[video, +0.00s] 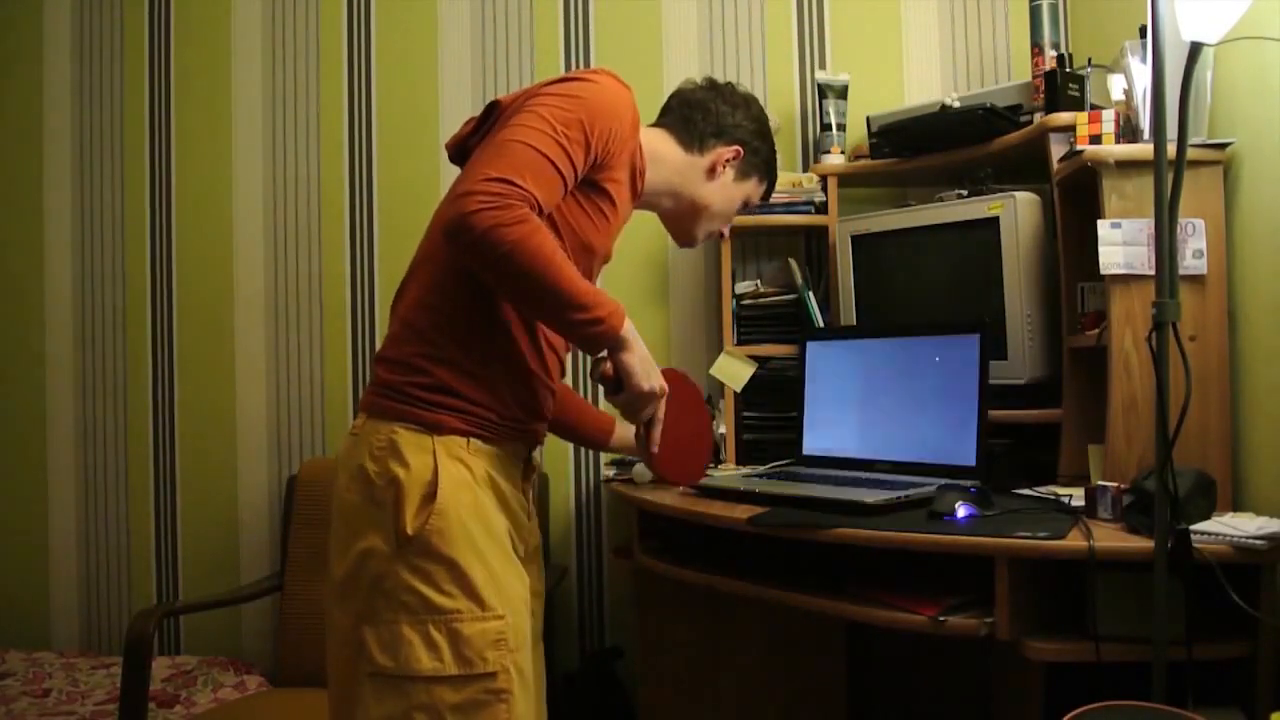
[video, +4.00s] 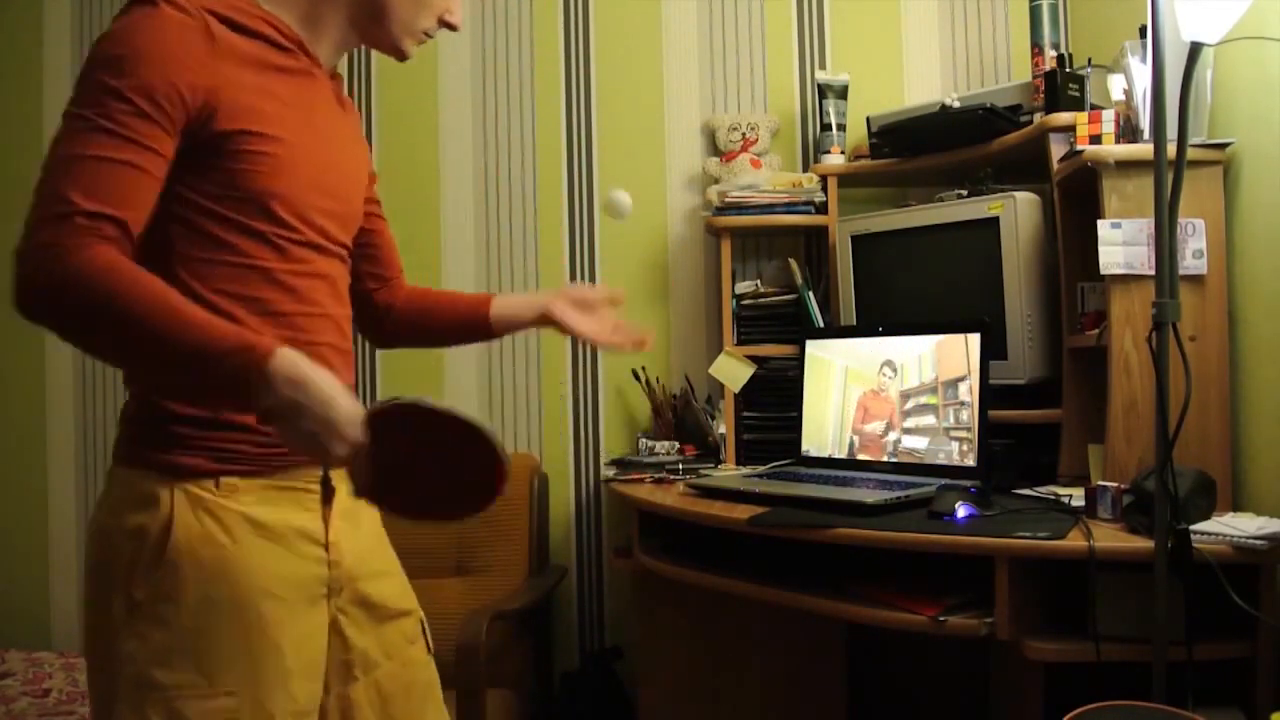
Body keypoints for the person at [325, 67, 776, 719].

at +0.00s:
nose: (725, 230)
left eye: (740, 217)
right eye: (742, 207)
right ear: (724, 161)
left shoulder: (599, 200)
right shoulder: (602, 99)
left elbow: (518, 378)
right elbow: (486, 208)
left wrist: (637, 440)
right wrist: (618, 334)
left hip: (489, 475)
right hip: (432, 471)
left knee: (512, 700)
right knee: (468, 705)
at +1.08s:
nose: (684, 152)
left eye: (697, 135)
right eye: (696, 125)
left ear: (654, 79)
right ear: (661, 78)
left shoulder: (549, 131)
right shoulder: (518, 74)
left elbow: (464, 317)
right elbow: (437, 237)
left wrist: (510, 451)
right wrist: (592, 324)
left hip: (479, 483)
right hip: (422, 486)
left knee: (516, 708)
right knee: (438, 706)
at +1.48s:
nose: (599, 72)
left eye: (612, 51)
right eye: (608, 39)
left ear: (554, 7)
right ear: (560, 0)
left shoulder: (458, 75)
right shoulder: (423, 55)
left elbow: (430, 309)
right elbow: (379, 279)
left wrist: (564, 353)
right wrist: (543, 391)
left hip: (469, 498)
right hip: (410, 509)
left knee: (528, 711)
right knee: (443, 710)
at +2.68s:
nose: (564, 35)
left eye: (574, 13)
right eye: (568, 5)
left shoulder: (416, 69)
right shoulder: (336, 47)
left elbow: (416, 297)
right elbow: (296, 286)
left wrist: (578, 329)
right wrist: (490, 380)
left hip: (445, 497)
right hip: (362, 508)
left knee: (508, 710)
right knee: (388, 710)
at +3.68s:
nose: (535, 58)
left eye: (546, 35)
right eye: (539, 24)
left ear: (477, 6)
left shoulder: (407, 119)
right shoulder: (283, 54)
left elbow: (441, 319)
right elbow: (252, 280)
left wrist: (580, 403)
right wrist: (443, 360)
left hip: (394, 504)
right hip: (274, 510)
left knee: (456, 710)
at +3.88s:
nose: (478, 33)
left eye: (486, 12)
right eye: (477, 2)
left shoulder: (355, 110)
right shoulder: (208, 39)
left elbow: (406, 315)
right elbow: (147, 278)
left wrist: (561, 307)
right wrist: (365, 358)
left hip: (349, 513)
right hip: (217, 517)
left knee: (413, 708)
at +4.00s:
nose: (461, 15)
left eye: (466, 4)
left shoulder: (339, 110)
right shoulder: (174, 35)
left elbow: (385, 306)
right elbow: (59, 261)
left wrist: (540, 305)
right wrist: (267, 370)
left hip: (341, 518)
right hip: (203, 524)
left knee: (408, 711)